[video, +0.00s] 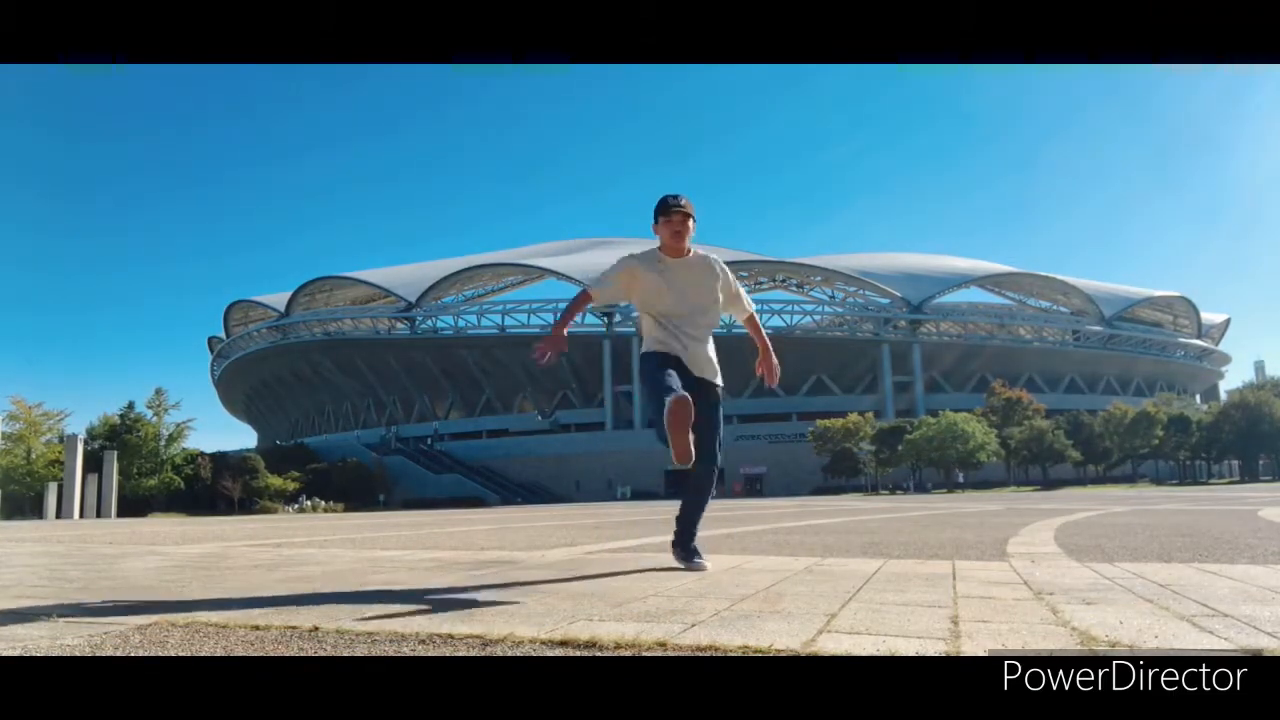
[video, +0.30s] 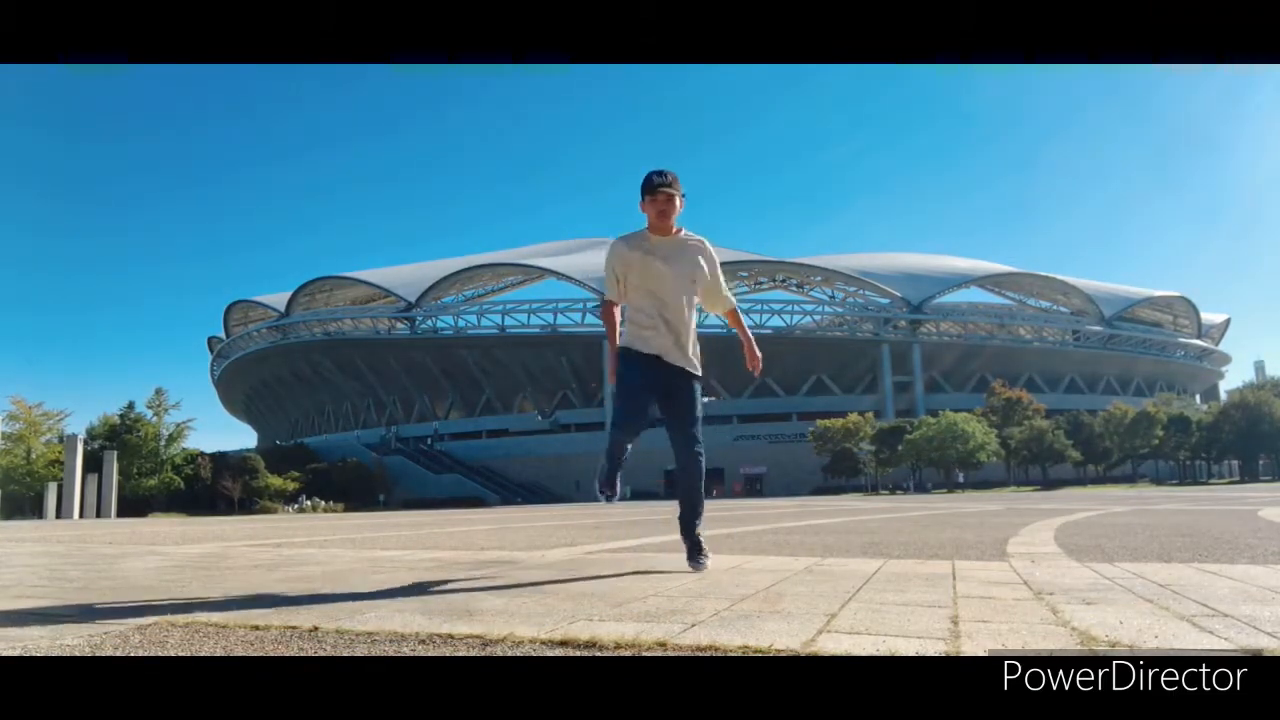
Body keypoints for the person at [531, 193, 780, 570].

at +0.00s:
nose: (678, 226)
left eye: (684, 220)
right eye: (670, 220)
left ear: (694, 225)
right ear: (657, 227)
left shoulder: (714, 270)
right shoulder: (638, 267)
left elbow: (744, 310)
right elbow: (589, 295)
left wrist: (766, 350)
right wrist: (559, 329)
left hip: (703, 363)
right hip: (659, 354)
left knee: (708, 458)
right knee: (667, 388)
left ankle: (685, 541)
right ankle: (679, 440)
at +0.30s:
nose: (665, 205)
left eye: (671, 198)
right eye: (657, 198)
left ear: (681, 204)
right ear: (643, 204)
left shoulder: (699, 251)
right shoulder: (623, 249)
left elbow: (723, 302)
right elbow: (611, 303)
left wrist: (748, 340)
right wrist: (615, 352)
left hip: (682, 359)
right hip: (636, 353)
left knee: (691, 450)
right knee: (626, 428)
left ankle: (692, 532)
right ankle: (612, 467)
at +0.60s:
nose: (635, 233)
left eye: (642, 226)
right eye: (628, 226)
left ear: (654, 230)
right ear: (615, 231)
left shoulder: (675, 272)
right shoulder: (597, 273)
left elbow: (691, 327)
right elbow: (591, 324)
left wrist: (707, 369)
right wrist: (600, 370)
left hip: (667, 389)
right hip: (618, 385)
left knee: (669, 470)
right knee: (585, 464)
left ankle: (680, 550)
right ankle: (585, 544)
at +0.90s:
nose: (610, 236)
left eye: (618, 231)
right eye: (602, 231)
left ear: (632, 239)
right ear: (593, 240)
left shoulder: (652, 289)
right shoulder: (573, 283)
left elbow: (673, 347)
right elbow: (555, 332)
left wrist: (693, 396)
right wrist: (543, 382)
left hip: (642, 415)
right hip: (584, 409)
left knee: (690, 472)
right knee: (526, 463)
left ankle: (643, 546)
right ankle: (562, 546)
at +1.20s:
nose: (577, 202)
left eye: (585, 195)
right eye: (570, 196)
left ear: (599, 203)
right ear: (559, 204)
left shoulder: (620, 247)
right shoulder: (540, 245)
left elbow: (657, 292)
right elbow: (508, 286)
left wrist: (679, 334)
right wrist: (482, 330)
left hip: (616, 370)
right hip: (562, 371)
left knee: (647, 457)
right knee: (547, 462)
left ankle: (664, 544)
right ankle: (551, 556)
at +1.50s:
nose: (567, 205)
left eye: (574, 199)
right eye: (559, 200)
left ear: (588, 207)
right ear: (548, 209)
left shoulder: (608, 262)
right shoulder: (528, 250)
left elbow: (638, 320)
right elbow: (487, 291)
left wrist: (666, 363)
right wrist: (443, 323)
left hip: (582, 366)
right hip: (530, 362)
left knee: (589, 426)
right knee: (515, 449)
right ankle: (549, 548)